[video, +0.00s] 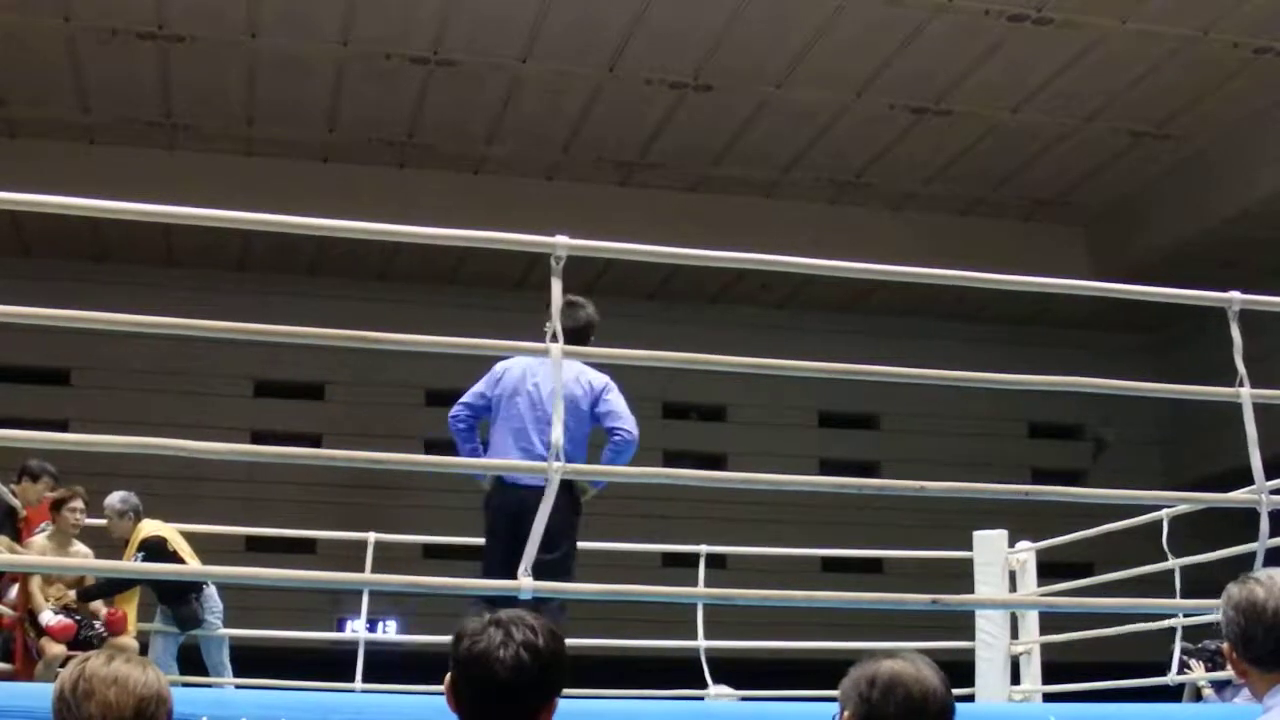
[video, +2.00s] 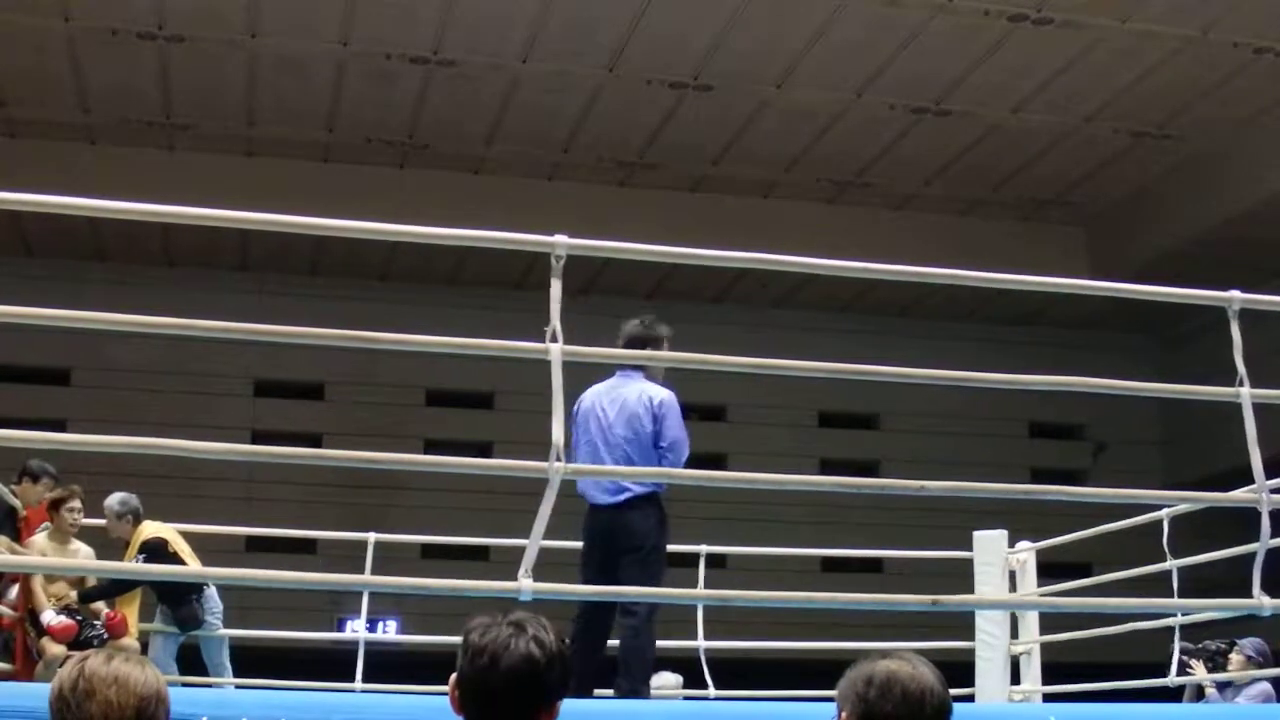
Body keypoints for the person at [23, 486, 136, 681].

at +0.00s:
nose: (78, 517)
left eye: (82, 512)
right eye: (72, 511)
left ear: (86, 516)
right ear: (55, 515)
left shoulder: (85, 553)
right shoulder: (36, 545)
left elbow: (90, 593)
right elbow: (33, 587)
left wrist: (104, 613)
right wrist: (48, 618)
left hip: (77, 613)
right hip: (42, 611)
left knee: (128, 646)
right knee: (56, 652)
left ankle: (107, 703)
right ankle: (38, 704)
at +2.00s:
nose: (77, 517)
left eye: (80, 512)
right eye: (70, 511)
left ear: (83, 515)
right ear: (53, 514)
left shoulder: (86, 551)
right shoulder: (36, 544)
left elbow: (91, 593)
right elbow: (36, 586)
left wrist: (105, 614)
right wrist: (49, 617)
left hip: (77, 614)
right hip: (42, 613)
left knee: (130, 647)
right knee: (56, 652)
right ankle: (36, 704)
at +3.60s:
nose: (113, 498)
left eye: (116, 492)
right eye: (107, 491)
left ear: (118, 494)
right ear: (89, 492)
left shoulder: (113, 524)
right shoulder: (64, 521)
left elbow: (111, 568)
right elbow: (51, 571)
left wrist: (120, 604)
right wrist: (59, 614)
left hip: (93, 598)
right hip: (60, 595)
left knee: (126, 647)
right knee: (52, 650)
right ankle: (27, 702)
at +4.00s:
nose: (106, 451)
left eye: (109, 445)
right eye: (100, 445)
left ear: (110, 447)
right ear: (83, 446)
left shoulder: (110, 484)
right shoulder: (55, 481)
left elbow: (111, 530)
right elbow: (38, 529)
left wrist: (120, 566)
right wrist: (44, 569)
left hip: (96, 561)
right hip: (60, 559)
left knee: (112, 639)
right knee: (45, 640)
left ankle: (110, 709)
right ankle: (25, 702)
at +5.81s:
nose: (112, 434)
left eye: (115, 428)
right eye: (106, 428)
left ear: (119, 433)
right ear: (88, 431)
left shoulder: (121, 469)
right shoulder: (65, 469)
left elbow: (124, 518)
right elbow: (54, 517)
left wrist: (131, 553)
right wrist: (73, 549)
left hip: (118, 550)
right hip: (83, 550)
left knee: (135, 629)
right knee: (67, 634)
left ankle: (145, 700)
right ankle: (54, 703)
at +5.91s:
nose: (124, 437)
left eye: (127, 431)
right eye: (118, 430)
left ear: (130, 434)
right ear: (100, 432)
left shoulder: (132, 471)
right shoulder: (75, 469)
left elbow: (132, 518)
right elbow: (64, 514)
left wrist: (137, 551)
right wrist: (88, 539)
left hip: (126, 556)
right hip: (91, 555)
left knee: (145, 632)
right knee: (72, 635)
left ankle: (155, 703)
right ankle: (48, 702)